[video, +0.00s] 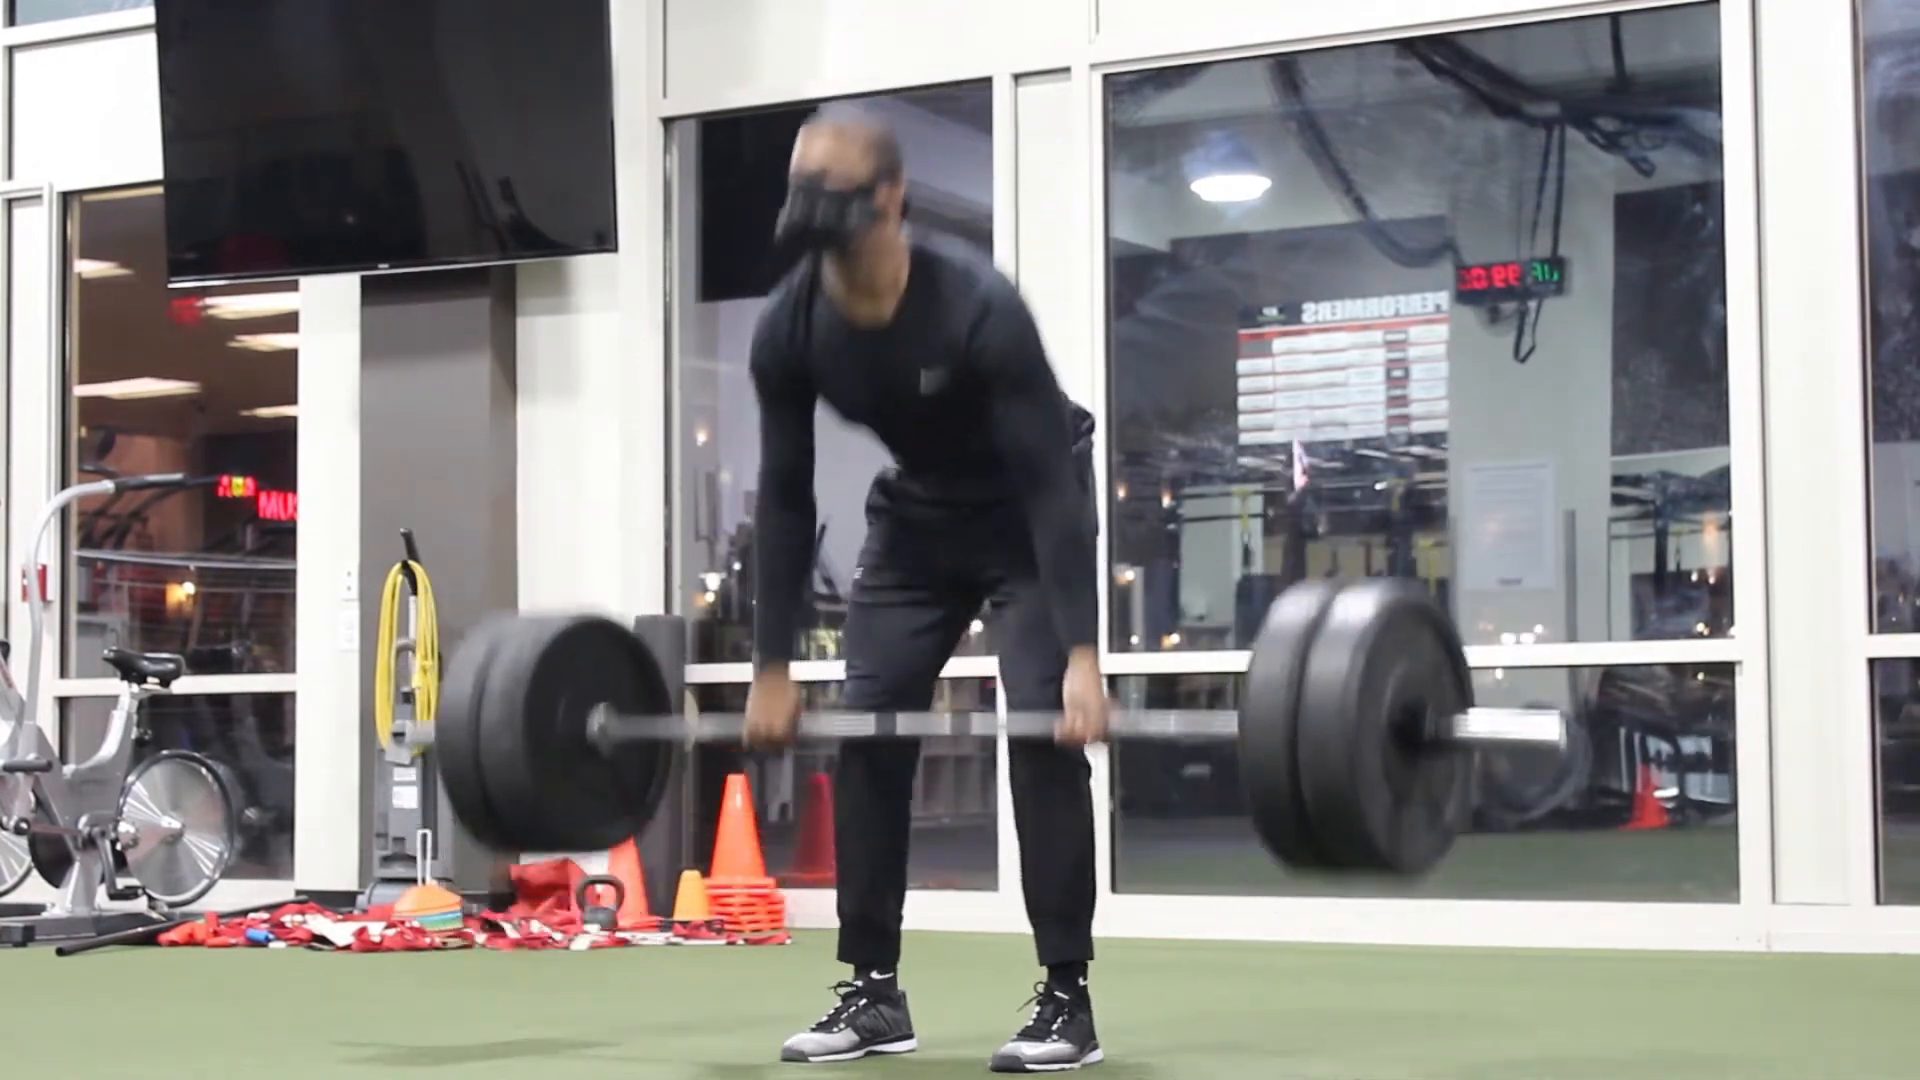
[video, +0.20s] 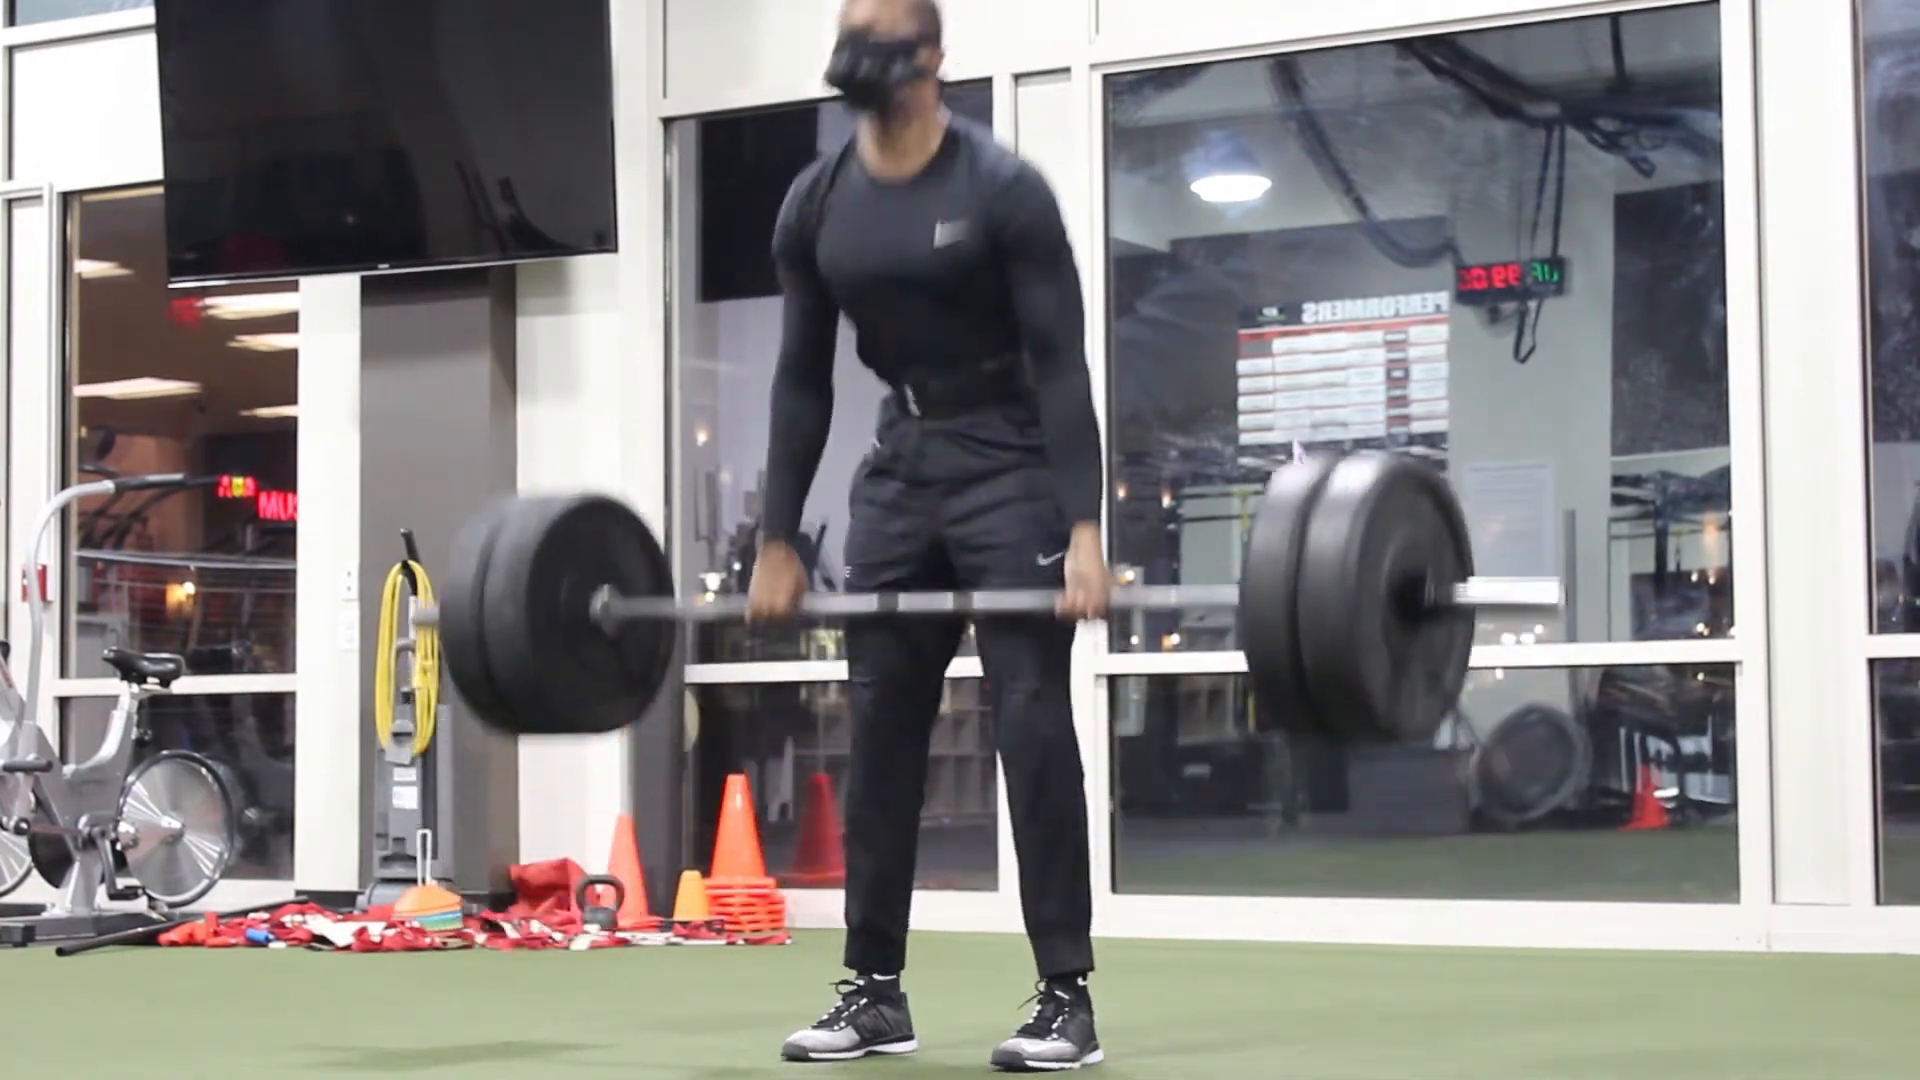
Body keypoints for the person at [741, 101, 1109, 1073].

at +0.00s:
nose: (806, 206)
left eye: (830, 190)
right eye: (799, 187)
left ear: (889, 197)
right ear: (788, 191)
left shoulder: (980, 308)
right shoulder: (789, 328)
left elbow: (1051, 479)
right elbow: (785, 497)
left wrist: (1082, 656)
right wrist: (775, 665)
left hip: (1034, 502)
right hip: (919, 509)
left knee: (1041, 733)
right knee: (868, 725)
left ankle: (1065, 998)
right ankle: (873, 992)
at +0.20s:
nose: (862, 49)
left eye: (885, 31)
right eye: (853, 34)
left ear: (934, 54)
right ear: (840, 59)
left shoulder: (1006, 189)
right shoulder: (815, 203)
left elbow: (1061, 365)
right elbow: (801, 379)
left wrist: (1086, 527)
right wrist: (779, 534)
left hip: (1014, 461)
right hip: (899, 463)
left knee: (1031, 729)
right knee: (882, 731)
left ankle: (1064, 998)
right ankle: (875, 992)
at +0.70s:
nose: (837, 205)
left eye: (861, 187)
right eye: (828, 186)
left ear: (919, 193)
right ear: (817, 193)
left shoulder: (1003, 316)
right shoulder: (814, 334)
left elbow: (1055, 501)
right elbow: (797, 507)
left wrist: (1075, 672)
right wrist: (766, 678)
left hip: (1053, 519)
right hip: (938, 525)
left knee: (1051, 738)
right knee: (868, 724)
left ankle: (1065, 997)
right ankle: (873, 992)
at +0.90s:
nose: (812, 376)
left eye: (835, 359)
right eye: (802, 357)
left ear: (892, 363)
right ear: (792, 358)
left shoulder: (984, 456)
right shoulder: (796, 479)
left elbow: (1055, 640)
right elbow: (786, 654)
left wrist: (1082, 820)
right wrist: (769, 825)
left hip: (1057, 555)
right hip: (942, 574)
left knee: (1015, 734)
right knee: (837, 738)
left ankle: (1062, 1002)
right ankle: (871, 999)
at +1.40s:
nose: (807, 225)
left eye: (829, 208)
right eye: (799, 205)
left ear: (889, 213)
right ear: (790, 210)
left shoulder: (983, 319)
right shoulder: (791, 345)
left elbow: (1056, 491)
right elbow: (788, 511)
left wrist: (1085, 665)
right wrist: (776, 675)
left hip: (1039, 501)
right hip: (926, 506)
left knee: (1044, 735)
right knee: (874, 730)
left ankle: (1066, 997)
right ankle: (874, 994)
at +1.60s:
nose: (859, 90)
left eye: (880, 72)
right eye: (844, 72)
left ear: (926, 76)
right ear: (830, 83)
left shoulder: (1000, 198)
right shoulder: (810, 217)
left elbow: (1062, 373)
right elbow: (799, 390)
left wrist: (1086, 533)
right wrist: (781, 543)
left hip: (1019, 474)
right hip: (904, 475)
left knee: (1033, 728)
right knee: (883, 726)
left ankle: (1065, 998)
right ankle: (875, 994)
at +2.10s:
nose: (816, 201)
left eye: (839, 185)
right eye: (810, 184)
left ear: (904, 194)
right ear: (805, 191)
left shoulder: (992, 314)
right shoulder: (802, 335)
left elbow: (1050, 499)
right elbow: (789, 510)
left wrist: (1069, 669)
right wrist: (759, 679)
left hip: (1052, 516)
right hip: (936, 524)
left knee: (1050, 735)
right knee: (865, 725)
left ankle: (1065, 997)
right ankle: (872, 994)